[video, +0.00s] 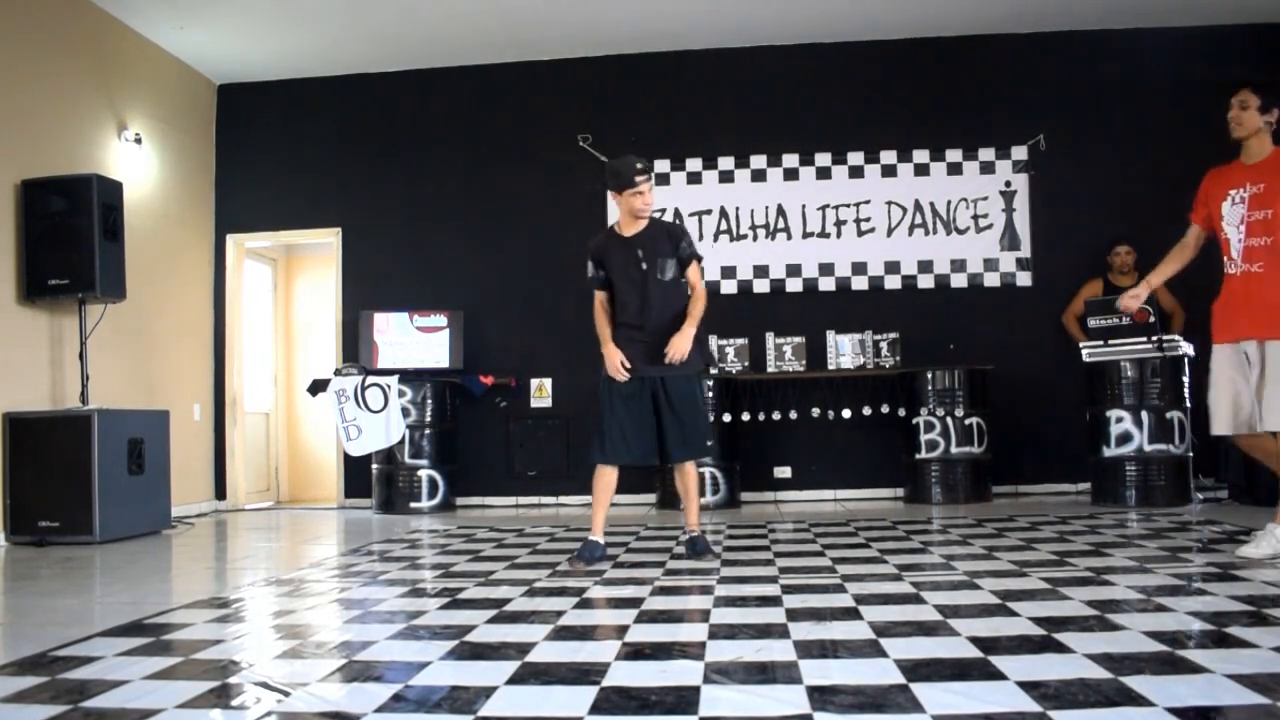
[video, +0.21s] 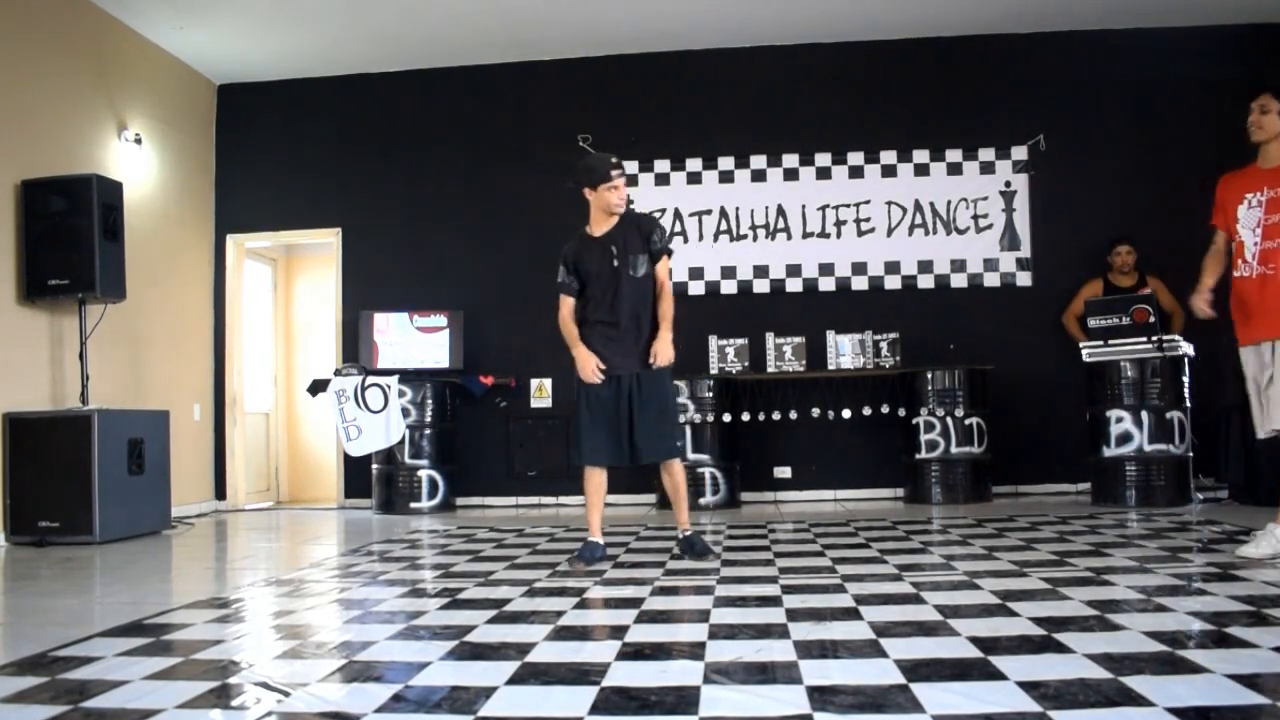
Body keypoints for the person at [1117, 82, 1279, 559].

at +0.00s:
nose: (1233, 116)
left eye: (1244, 108)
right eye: (1232, 108)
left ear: (1270, 117)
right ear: (1231, 118)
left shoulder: (1276, 167)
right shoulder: (1219, 179)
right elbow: (1190, 243)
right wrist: (1145, 286)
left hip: (1274, 320)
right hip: (1233, 322)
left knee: (1271, 427)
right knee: (1240, 429)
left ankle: (1276, 525)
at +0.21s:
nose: (1254, 119)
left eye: (1264, 111)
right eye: (1252, 112)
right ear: (1249, 122)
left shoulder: (1272, 176)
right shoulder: (1232, 183)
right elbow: (1220, 244)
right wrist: (1204, 284)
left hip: (1275, 322)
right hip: (1251, 326)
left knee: (1272, 427)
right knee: (1266, 428)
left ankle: (1274, 524)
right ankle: (1272, 522)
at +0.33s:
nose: (1263, 124)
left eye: (1271, 116)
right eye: (1260, 117)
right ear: (1254, 126)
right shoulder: (1244, 189)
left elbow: (1244, 256)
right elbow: (1244, 255)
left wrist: (1250, 311)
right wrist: (1249, 311)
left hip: (1277, 328)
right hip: (1270, 329)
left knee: (1276, 423)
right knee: (1276, 421)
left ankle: (1278, 521)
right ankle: (1278, 520)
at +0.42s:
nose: (1265, 128)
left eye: (1273, 120)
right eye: (1262, 121)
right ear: (1257, 131)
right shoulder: (1254, 194)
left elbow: (1262, 266)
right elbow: (1261, 266)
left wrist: (1268, 324)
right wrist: (1268, 325)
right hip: (1277, 330)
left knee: (1278, 425)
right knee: (1279, 422)